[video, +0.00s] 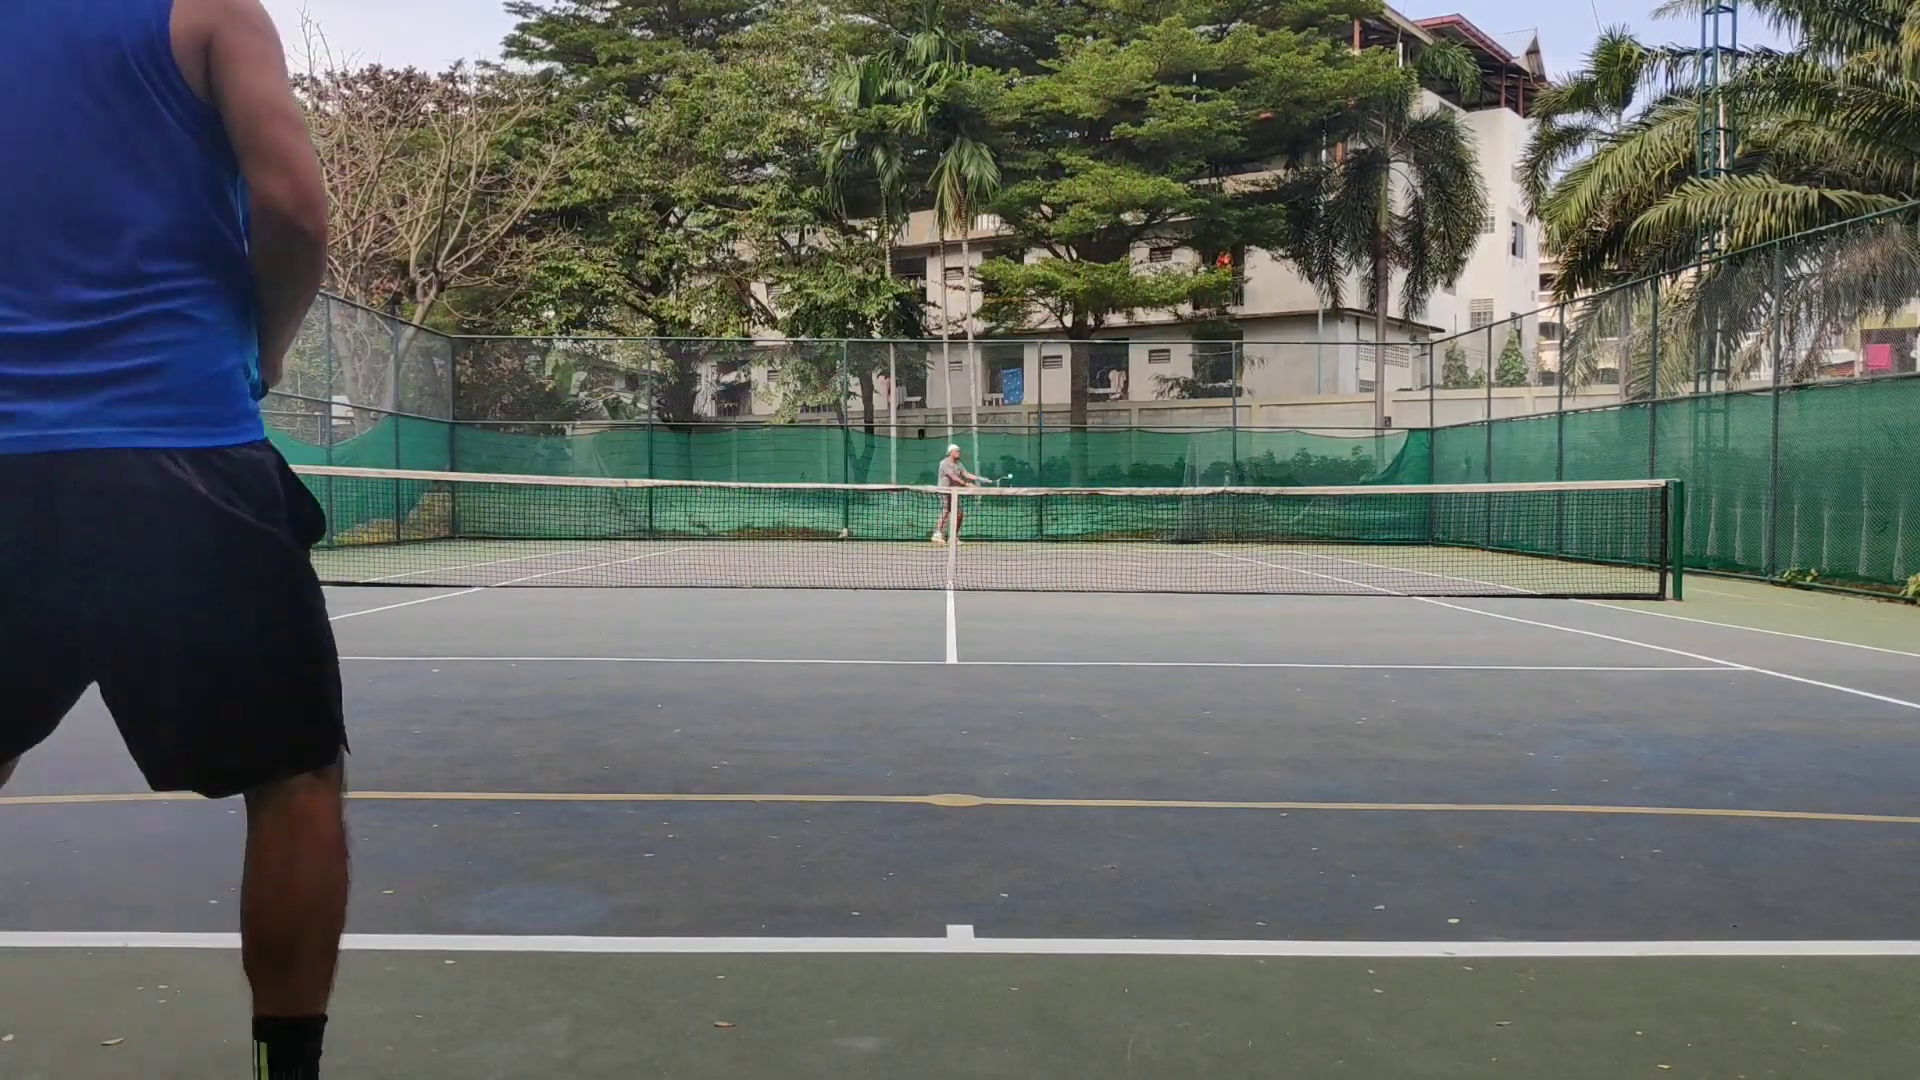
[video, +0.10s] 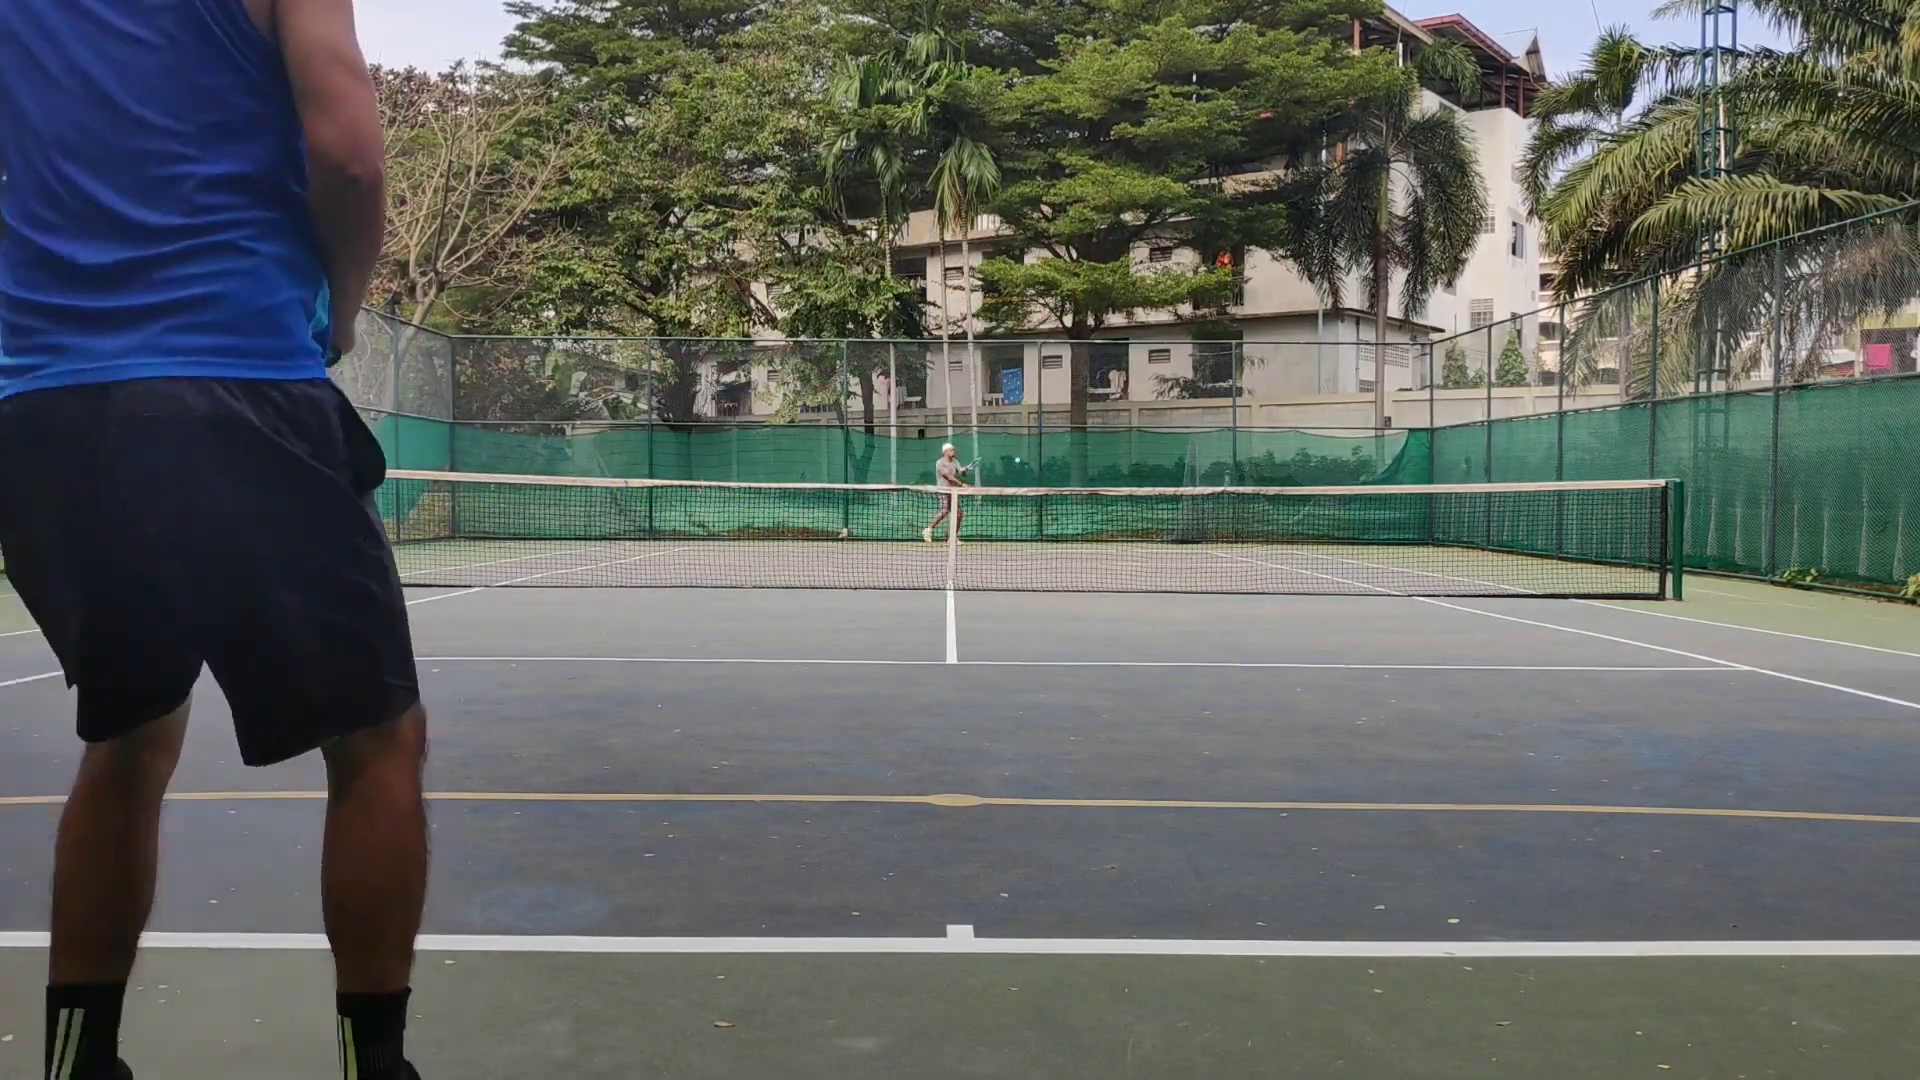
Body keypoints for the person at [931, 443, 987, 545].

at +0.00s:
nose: (958, 453)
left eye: (959, 451)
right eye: (956, 451)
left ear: (958, 453)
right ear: (951, 453)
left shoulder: (958, 464)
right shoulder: (945, 463)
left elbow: (966, 474)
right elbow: (953, 476)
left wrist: (980, 479)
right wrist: (966, 484)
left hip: (955, 491)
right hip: (945, 491)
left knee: (959, 514)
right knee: (946, 512)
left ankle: (954, 536)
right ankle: (938, 534)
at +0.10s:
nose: (952, 452)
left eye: (952, 450)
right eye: (950, 450)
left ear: (953, 451)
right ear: (945, 452)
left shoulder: (955, 461)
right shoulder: (940, 463)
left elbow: (959, 471)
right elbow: (948, 476)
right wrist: (962, 484)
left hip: (953, 489)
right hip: (943, 488)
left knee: (959, 513)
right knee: (945, 510)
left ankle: (954, 536)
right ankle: (929, 529)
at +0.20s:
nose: (947, 453)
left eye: (948, 451)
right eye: (945, 451)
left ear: (949, 453)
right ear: (940, 453)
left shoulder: (950, 461)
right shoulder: (936, 463)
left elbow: (954, 469)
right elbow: (943, 477)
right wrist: (956, 483)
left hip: (951, 489)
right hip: (942, 488)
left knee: (957, 514)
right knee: (943, 513)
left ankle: (954, 537)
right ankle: (926, 529)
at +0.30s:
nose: (941, 453)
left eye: (942, 451)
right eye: (939, 452)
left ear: (943, 453)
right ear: (934, 454)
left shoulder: (945, 462)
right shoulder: (929, 465)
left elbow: (945, 467)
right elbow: (936, 477)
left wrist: (929, 462)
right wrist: (948, 482)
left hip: (948, 490)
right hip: (937, 490)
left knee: (957, 514)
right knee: (937, 513)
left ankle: (954, 537)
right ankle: (923, 533)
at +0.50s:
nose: (930, 455)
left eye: (931, 452)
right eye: (928, 453)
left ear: (933, 454)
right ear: (924, 454)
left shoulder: (936, 463)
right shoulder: (920, 464)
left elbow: (934, 470)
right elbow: (910, 468)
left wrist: (922, 467)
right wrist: (902, 465)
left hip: (934, 492)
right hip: (923, 492)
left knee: (945, 514)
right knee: (921, 515)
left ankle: (948, 534)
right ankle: (920, 534)